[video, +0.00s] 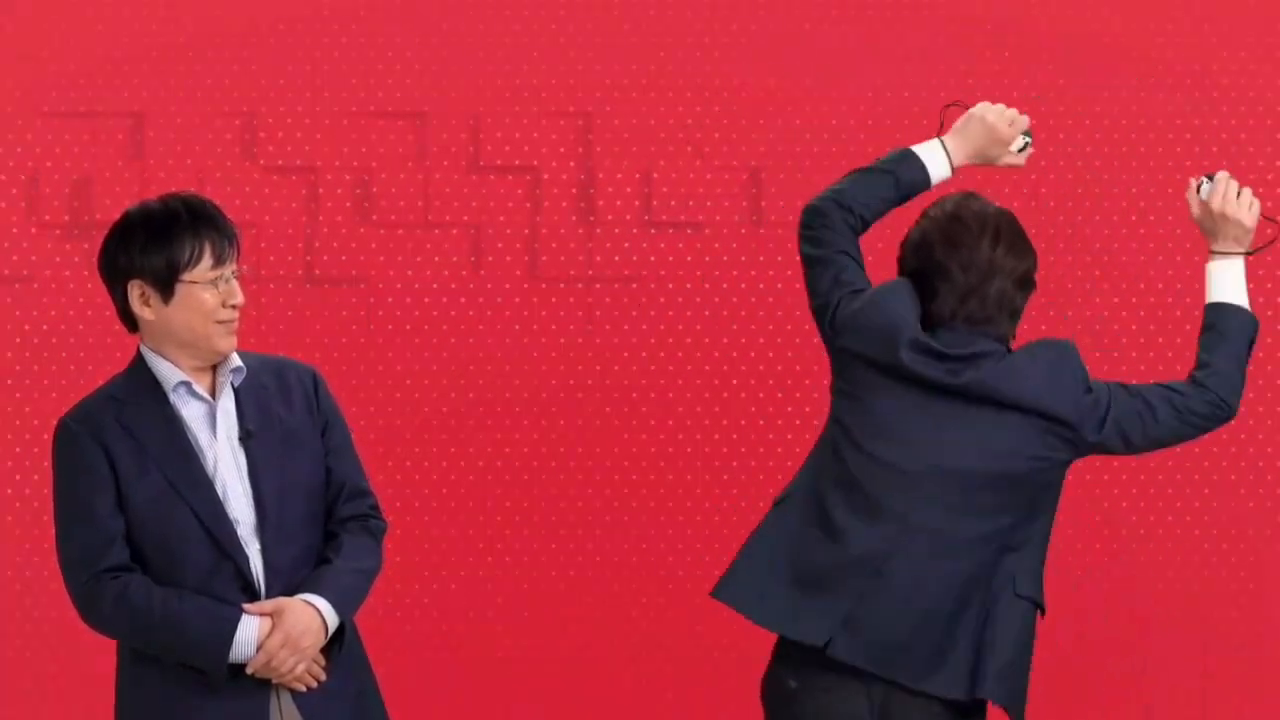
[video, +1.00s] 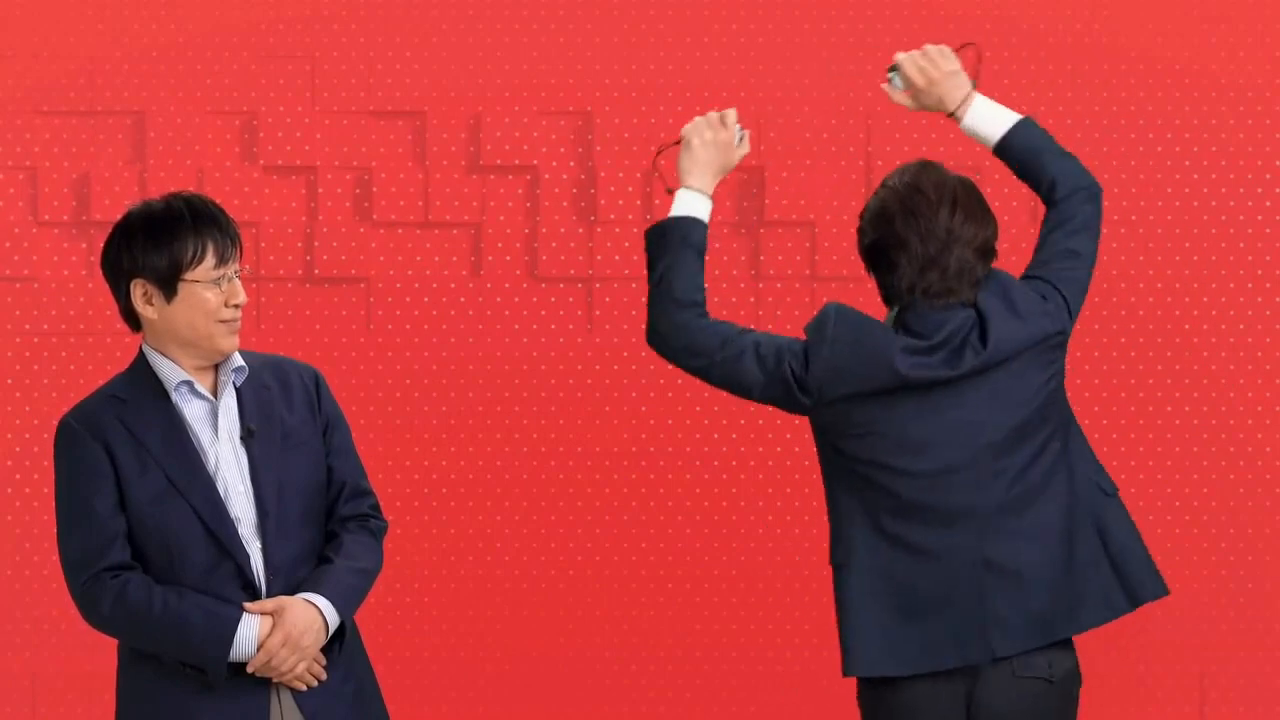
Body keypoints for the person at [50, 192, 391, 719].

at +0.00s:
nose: (236, 298)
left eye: (234, 278)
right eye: (212, 283)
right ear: (145, 301)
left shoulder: (301, 390)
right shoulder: (91, 434)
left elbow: (360, 525)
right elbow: (103, 591)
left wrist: (319, 612)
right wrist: (251, 639)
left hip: (332, 701)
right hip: (192, 708)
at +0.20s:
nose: (234, 298)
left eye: (233, 278)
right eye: (211, 283)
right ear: (144, 301)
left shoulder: (299, 390)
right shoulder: (89, 434)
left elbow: (359, 524)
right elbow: (102, 591)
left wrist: (318, 612)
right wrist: (250, 639)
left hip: (331, 701)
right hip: (190, 708)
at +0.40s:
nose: (233, 297)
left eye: (232, 277)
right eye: (210, 282)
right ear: (143, 300)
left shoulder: (297, 389)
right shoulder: (88, 433)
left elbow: (358, 522)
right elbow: (101, 591)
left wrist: (317, 611)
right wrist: (248, 638)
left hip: (330, 701)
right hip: (189, 708)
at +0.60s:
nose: (234, 298)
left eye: (233, 277)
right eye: (211, 282)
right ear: (144, 300)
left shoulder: (298, 389)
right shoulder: (89, 433)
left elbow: (359, 522)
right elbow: (102, 591)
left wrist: (318, 611)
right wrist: (249, 638)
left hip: (331, 701)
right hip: (191, 708)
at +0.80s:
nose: (236, 297)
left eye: (235, 278)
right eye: (213, 282)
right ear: (146, 300)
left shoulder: (300, 389)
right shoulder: (92, 432)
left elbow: (360, 523)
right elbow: (103, 590)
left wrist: (319, 611)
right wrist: (250, 638)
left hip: (333, 700)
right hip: (191, 707)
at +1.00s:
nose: (239, 297)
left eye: (236, 277)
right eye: (215, 282)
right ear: (147, 300)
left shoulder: (301, 389)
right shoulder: (93, 432)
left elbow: (361, 524)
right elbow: (103, 589)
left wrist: (320, 611)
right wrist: (250, 638)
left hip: (333, 699)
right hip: (192, 707)